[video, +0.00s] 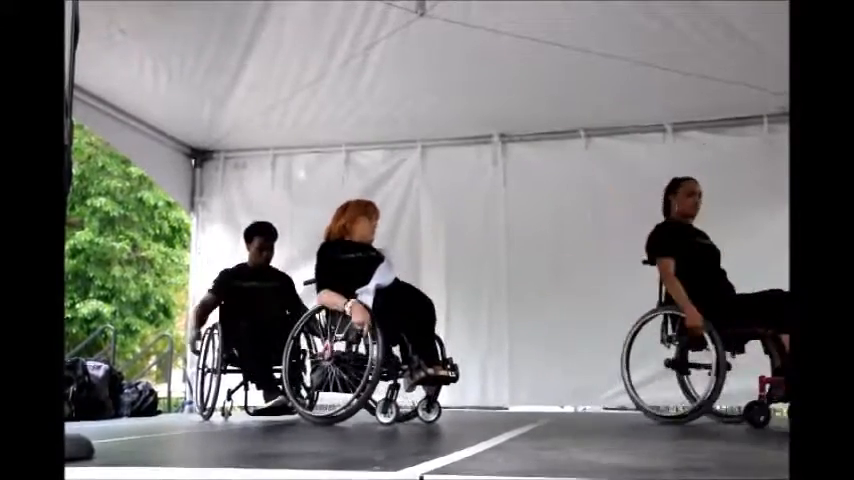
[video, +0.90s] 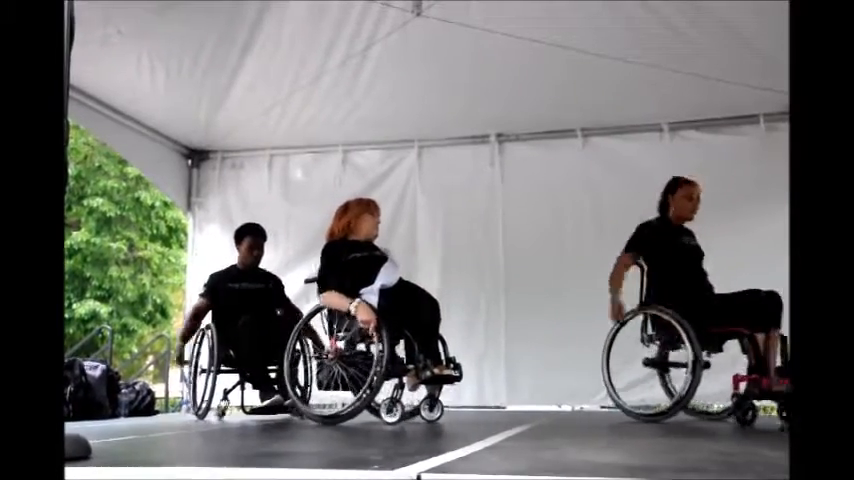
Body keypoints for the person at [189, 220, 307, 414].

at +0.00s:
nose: (266, 254)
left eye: (269, 249)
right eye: (261, 249)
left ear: (274, 249)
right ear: (248, 246)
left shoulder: (282, 280)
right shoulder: (230, 277)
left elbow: (300, 312)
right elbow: (206, 305)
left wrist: (321, 332)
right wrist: (195, 330)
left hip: (275, 340)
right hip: (242, 341)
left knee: (293, 338)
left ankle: (293, 394)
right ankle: (271, 393)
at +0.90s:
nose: (257, 253)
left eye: (260, 248)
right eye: (252, 248)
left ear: (264, 249)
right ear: (238, 247)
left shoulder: (271, 282)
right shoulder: (219, 280)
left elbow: (292, 314)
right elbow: (197, 314)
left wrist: (318, 343)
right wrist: (181, 344)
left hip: (267, 342)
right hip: (233, 345)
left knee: (288, 323)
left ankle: (287, 393)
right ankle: (268, 393)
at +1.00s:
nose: (258, 255)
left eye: (261, 249)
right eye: (252, 249)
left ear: (263, 250)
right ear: (238, 248)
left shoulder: (269, 282)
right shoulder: (218, 281)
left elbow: (295, 310)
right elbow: (191, 313)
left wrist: (323, 332)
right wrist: (163, 343)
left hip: (262, 343)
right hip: (230, 346)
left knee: (282, 324)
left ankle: (286, 392)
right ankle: (266, 393)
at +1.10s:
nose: (256, 255)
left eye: (259, 251)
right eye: (251, 250)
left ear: (263, 252)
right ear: (237, 248)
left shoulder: (268, 281)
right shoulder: (219, 281)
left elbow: (297, 301)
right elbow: (184, 307)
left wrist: (322, 302)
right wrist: (148, 328)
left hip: (262, 343)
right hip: (230, 347)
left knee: (282, 323)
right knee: (247, 327)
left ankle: (286, 389)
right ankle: (264, 392)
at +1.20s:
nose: (255, 257)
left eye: (258, 253)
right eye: (250, 252)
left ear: (261, 252)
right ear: (236, 250)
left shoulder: (268, 278)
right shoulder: (217, 278)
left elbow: (301, 287)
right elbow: (179, 291)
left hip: (261, 343)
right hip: (226, 347)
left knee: (280, 324)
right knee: (246, 328)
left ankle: (285, 390)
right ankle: (263, 392)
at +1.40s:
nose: (251, 258)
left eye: (254, 253)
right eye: (246, 253)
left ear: (258, 253)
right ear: (233, 251)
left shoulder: (262, 279)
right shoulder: (215, 278)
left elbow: (292, 273)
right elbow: (177, 281)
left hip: (257, 342)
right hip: (225, 346)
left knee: (275, 325)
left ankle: (279, 391)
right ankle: (258, 392)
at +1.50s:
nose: (248, 261)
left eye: (252, 256)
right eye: (243, 255)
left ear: (255, 255)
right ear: (231, 253)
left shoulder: (262, 280)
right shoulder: (214, 280)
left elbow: (299, 274)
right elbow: (181, 283)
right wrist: (185, 254)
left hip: (255, 342)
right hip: (223, 346)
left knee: (273, 325)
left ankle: (277, 392)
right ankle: (257, 393)